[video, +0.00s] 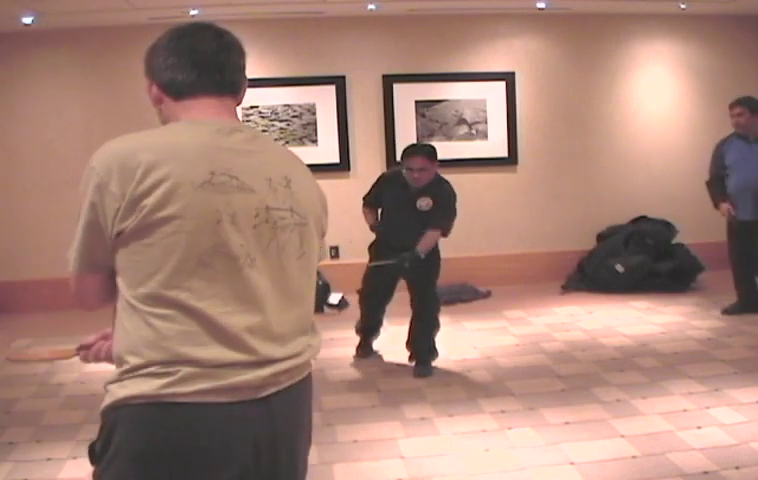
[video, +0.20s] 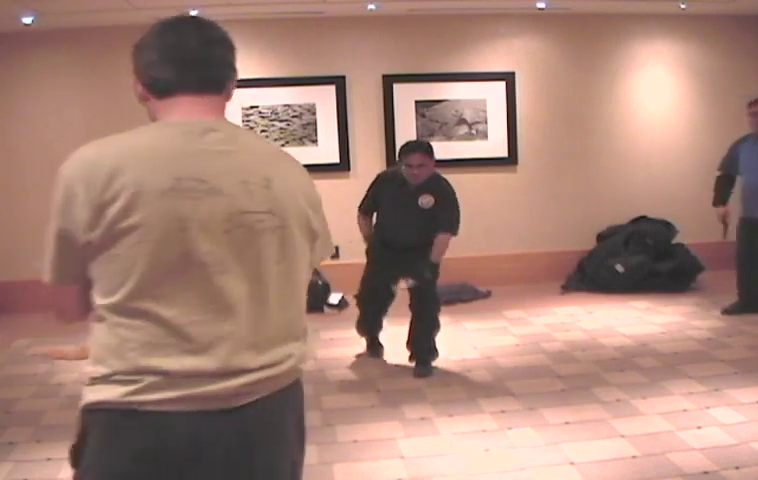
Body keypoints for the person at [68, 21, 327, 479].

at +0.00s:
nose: (147, 100)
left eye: (146, 90)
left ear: (156, 91)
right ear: (241, 90)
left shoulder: (123, 160)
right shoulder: (297, 172)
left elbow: (90, 292)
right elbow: (280, 297)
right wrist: (134, 338)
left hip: (165, 425)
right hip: (284, 418)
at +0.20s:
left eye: (133, 84)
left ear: (143, 90)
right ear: (231, 86)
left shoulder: (92, 168)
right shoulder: (286, 169)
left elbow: (69, 303)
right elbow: (301, 280)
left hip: (136, 436)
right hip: (266, 429)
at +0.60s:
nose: (142, 89)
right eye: (142, 78)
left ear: (39, 78)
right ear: (133, 83)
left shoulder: (5, 164)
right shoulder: (186, 182)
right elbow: (263, 355)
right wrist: (220, 397)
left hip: (18, 462)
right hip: (163, 460)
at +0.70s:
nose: (121, 86)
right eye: (122, 75)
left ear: (14, 75)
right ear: (111, 80)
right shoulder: (162, 179)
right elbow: (232, 366)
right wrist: (229, 414)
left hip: (14, 462)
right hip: (144, 459)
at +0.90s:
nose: (102, 82)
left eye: (102, 65)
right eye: (103, 65)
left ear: (7, 56)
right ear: (89, 68)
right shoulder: (139, 174)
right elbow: (175, 359)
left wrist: (207, 423)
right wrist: (211, 425)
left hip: (11, 462)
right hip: (122, 459)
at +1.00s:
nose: (97, 82)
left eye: (98, 64)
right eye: (98, 64)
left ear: (7, 57)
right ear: (82, 67)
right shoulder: (128, 173)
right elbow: (162, 358)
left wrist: (197, 428)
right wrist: (201, 427)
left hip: (8, 462)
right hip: (116, 461)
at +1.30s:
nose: (86, 81)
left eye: (88, 62)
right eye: (87, 62)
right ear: (71, 65)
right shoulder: (94, 175)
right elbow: (112, 379)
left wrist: (146, 252)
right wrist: (182, 436)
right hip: (88, 463)